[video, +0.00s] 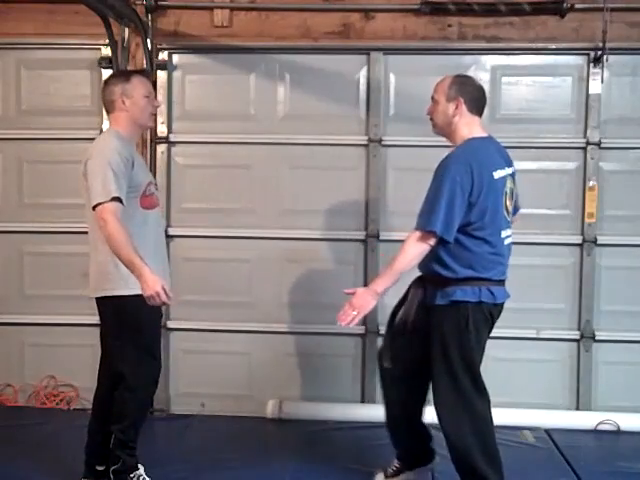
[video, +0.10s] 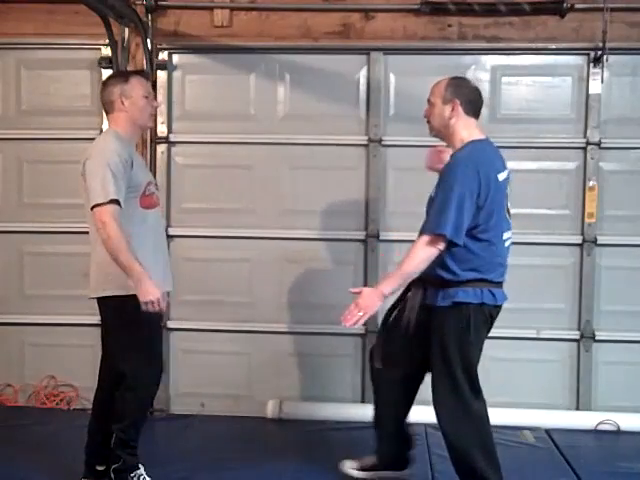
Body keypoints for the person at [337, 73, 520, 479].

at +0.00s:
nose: (429, 110)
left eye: (434, 102)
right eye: (430, 102)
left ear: (457, 107)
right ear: (468, 108)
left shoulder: (459, 162)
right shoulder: (496, 155)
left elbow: (425, 237)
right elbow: (505, 218)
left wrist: (374, 289)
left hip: (462, 297)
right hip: (435, 289)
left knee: (458, 395)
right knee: (397, 362)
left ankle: (484, 474)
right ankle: (413, 458)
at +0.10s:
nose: (425, 113)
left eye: (431, 105)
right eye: (427, 105)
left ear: (454, 109)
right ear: (463, 110)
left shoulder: (466, 164)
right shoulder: (488, 154)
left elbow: (434, 239)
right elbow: (485, 203)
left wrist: (381, 290)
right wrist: (452, 167)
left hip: (463, 297)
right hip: (440, 290)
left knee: (455, 397)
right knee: (390, 361)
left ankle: (483, 476)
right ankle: (391, 458)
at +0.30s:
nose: (412, 117)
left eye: (418, 109)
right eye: (413, 109)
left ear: (442, 113)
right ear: (443, 114)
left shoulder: (469, 167)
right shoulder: (442, 162)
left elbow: (458, 248)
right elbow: (426, 207)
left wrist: (399, 291)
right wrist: (389, 169)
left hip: (453, 303)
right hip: (422, 301)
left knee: (454, 409)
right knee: (383, 389)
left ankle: (484, 476)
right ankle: (338, 464)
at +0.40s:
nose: (402, 120)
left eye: (408, 112)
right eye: (403, 112)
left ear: (432, 117)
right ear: (432, 117)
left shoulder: (467, 172)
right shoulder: (421, 162)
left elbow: (467, 251)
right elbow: (390, 192)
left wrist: (405, 293)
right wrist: (352, 162)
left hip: (444, 306)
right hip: (404, 304)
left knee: (450, 410)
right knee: (370, 393)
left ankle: (482, 477)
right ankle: (331, 471)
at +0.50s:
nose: (389, 120)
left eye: (396, 112)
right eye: (391, 112)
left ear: (421, 118)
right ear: (421, 118)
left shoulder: (456, 172)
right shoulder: (397, 162)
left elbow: (468, 249)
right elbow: (357, 179)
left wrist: (406, 289)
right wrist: (312, 151)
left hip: (434, 307)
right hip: (386, 301)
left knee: (443, 404)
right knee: (352, 389)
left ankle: (480, 479)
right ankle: (329, 470)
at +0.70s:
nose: (365, 115)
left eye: (372, 108)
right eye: (367, 107)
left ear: (398, 115)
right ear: (389, 115)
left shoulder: (433, 171)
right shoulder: (356, 157)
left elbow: (456, 244)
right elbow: (302, 162)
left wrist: (404, 286)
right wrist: (261, 157)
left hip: (418, 305)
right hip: (365, 299)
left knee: (431, 400)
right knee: (338, 388)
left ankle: (461, 475)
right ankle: (332, 471)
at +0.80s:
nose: (350, 113)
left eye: (358, 106)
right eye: (352, 105)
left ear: (383, 115)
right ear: (380, 115)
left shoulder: (421, 167)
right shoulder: (344, 164)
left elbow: (447, 236)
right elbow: (296, 195)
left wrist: (409, 290)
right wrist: (254, 200)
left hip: (411, 302)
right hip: (358, 300)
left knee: (431, 404)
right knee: (335, 388)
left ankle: (457, 474)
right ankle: (330, 470)